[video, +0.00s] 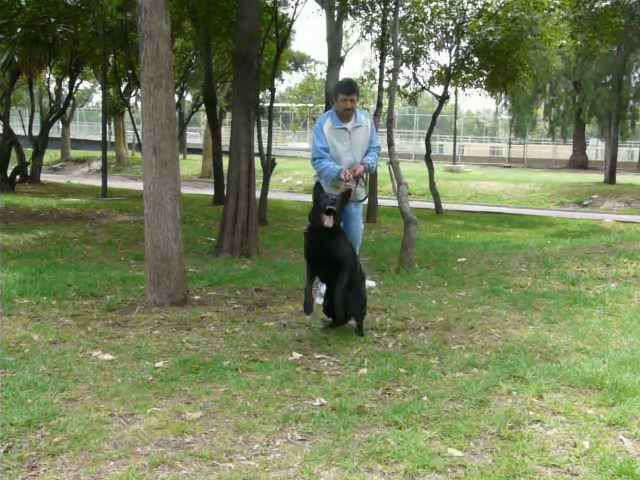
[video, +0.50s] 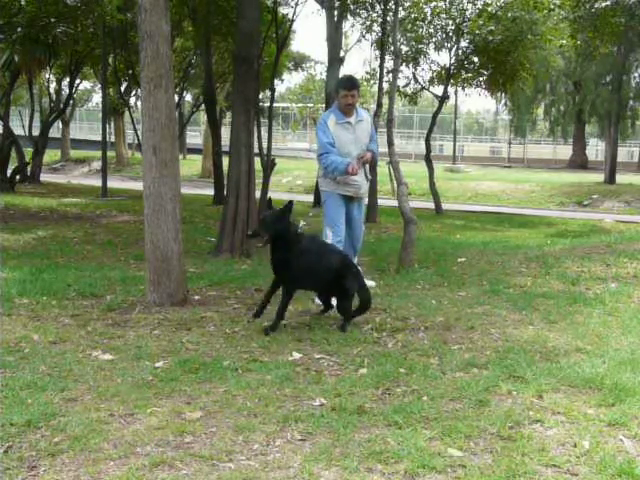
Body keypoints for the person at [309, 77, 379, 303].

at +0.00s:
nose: (349, 106)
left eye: (353, 101)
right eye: (344, 101)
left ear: (358, 101)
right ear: (335, 100)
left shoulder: (365, 120)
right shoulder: (323, 124)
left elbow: (374, 151)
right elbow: (319, 159)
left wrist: (364, 165)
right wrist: (339, 172)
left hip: (356, 192)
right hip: (329, 192)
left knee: (355, 239)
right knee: (327, 239)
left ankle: (351, 280)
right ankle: (322, 281)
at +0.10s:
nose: (349, 103)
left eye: (353, 98)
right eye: (345, 99)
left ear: (358, 99)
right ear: (335, 98)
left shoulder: (366, 120)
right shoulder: (324, 122)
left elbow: (375, 147)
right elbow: (319, 156)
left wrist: (367, 163)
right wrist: (338, 168)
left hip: (355, 187)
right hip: (330, 187)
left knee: (355, 236)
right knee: (334, 234)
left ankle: (353, 275)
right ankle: (332, 279)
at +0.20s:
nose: (350, 101)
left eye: (353, 97)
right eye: (345, 97)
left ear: (358, 98)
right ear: (336, 97)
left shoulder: (366, 119)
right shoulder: (324, 121)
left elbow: (375, 147)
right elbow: (320, 155)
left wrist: (368, 160)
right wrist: (339, 164)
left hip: (357, 188)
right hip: (332, 187)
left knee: (355, 237)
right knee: (331, 236)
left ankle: (350, 280)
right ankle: (326, 286)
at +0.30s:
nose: (350, 101)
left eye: (353, 96)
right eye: (345, 97)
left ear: (358, 97)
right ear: (336, 96)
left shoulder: (366, 118)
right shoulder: (325, 120)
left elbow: (374, 146)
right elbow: (321, 155)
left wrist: (369, 157)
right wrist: (342, 163)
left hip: (358, 186)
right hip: (332, 185)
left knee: (355, 235)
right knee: (334, 233)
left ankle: (350, 272)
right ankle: (330, 285)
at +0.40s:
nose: (350, 101)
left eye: (353, 96)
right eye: (345, 97)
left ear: (358, 96)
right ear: (336, 96)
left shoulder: (365, 117)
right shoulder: (326, 120)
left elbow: (373, 145)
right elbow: (324, 155)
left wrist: (369, 155)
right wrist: (345, 164)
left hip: (358, 186)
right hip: (333, 185)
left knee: (355, 235)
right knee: (337, 235)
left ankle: (353, 274)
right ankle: (330, 287)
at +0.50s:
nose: (350, 101)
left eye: (354, 96)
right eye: (346, 96)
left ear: (359, 96)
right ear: (337, 96)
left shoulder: (365, 117)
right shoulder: (326, 120)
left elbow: (373, 145)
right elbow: (325, 156)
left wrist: (370, 154)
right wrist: (345, 166)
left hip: (359, 185)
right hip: (333, 186)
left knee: (356, 236)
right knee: (336, 236)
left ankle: (348, 277)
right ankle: (326, 285)